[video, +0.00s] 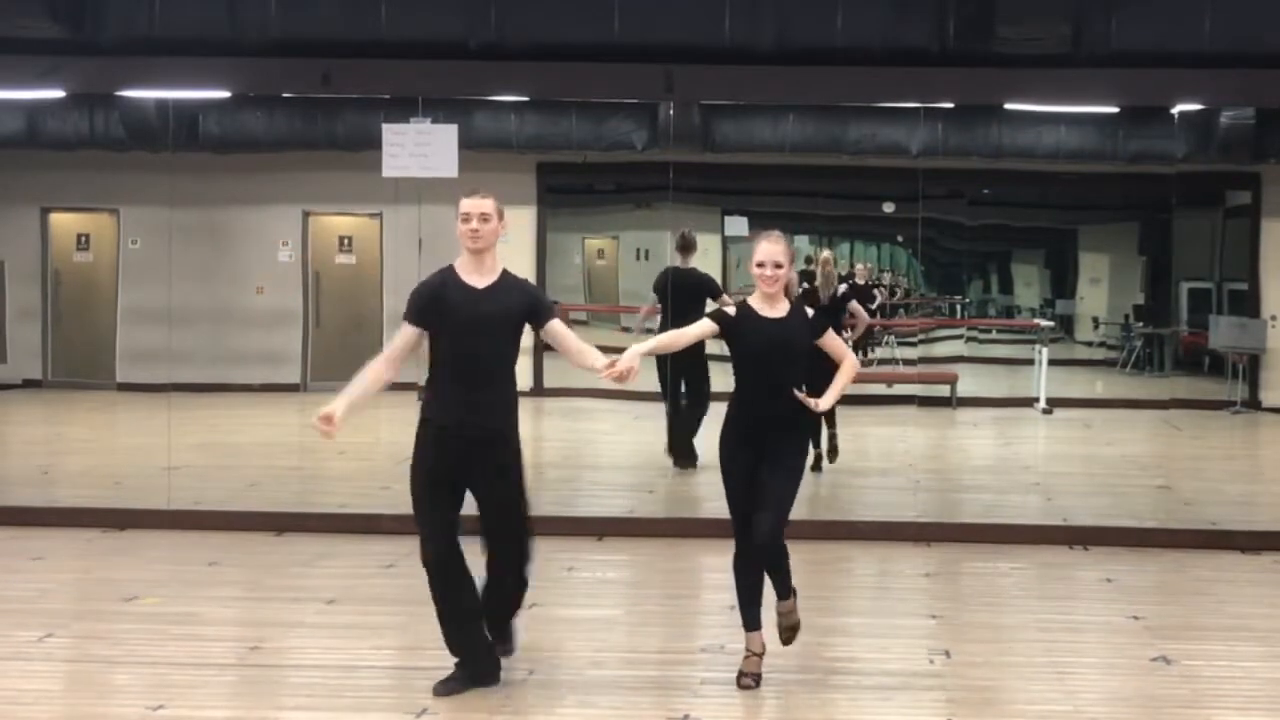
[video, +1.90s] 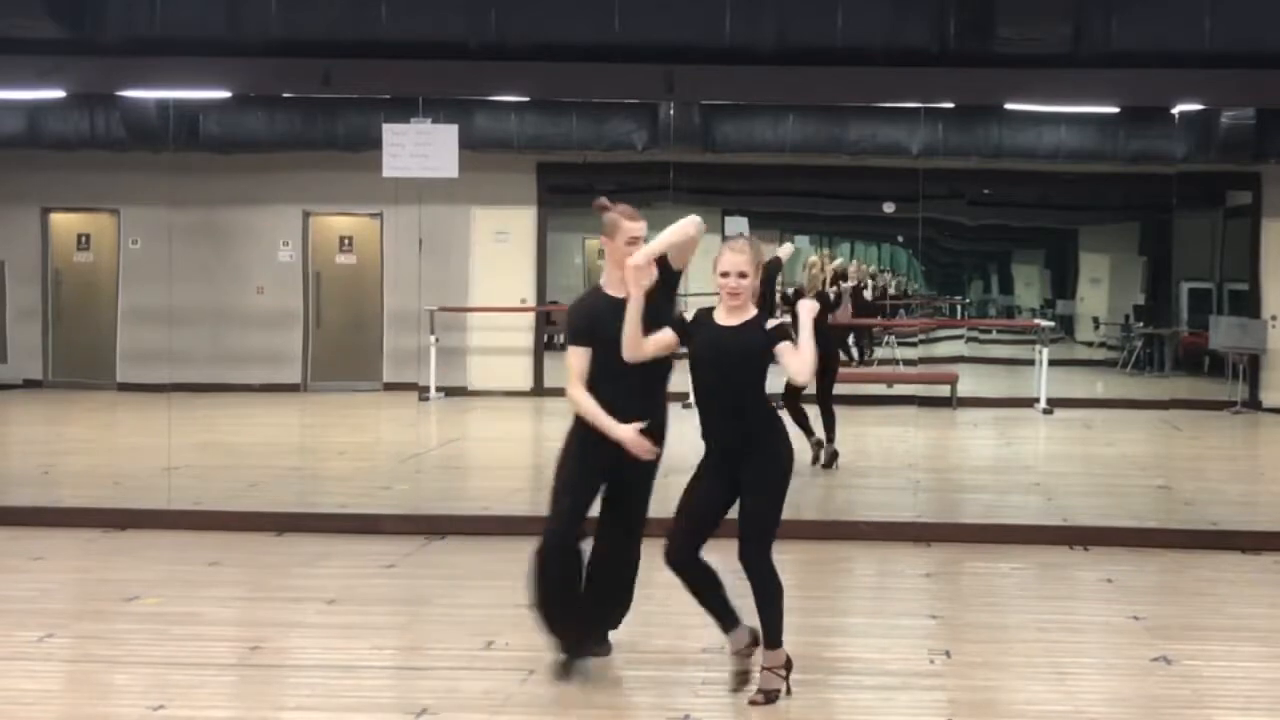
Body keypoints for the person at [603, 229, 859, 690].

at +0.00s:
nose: (769, 273)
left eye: (777, 266)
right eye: (761, 265)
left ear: (790, 270)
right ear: (750, 268)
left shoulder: (807, 319)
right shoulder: (733, 314)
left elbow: (850, 362)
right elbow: (681, 337)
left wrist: (825, 401)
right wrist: (636, 351)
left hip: (789, 437)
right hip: (740, 436)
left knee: (766, 536)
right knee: (746, 540)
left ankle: (785, 598)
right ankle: (753, 642)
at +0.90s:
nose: (769, 275)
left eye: (779, 268)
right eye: (762, 267)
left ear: (793, 274)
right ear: (749, 272)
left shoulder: (806, 326)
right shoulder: (728, 322)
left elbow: (854, 371)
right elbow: (673, 357)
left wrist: (833, 405)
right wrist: (638, 389)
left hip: (799, 453)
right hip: (749, 454)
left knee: (781, 558)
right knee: (751, 563)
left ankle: (767, 668)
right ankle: (773, 644)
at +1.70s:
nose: (750, 277)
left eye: (758, 269)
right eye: (741, 269)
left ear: (771, 273)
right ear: (726, 271)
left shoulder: (788, 316)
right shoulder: (711, 323)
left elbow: (843, 357)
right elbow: (661, 371)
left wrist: (811, 350)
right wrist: (648, 325)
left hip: (770, 446)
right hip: (720, 448)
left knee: (754, 551)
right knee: (741, 550)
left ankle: (763, 658)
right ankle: (762, 648)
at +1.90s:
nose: (732, 283)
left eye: (741, 275)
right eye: (725, 275)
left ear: (757, 280)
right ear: (714, 278)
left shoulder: (767, 328)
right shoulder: (697, 323)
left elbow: (802, 373)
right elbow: (634, 351)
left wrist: (806, 320)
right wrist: (636, 291)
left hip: (765, 455)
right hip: (720, 456)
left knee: (755, 554)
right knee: (680, 553)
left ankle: (775, 657)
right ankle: (740, 638)